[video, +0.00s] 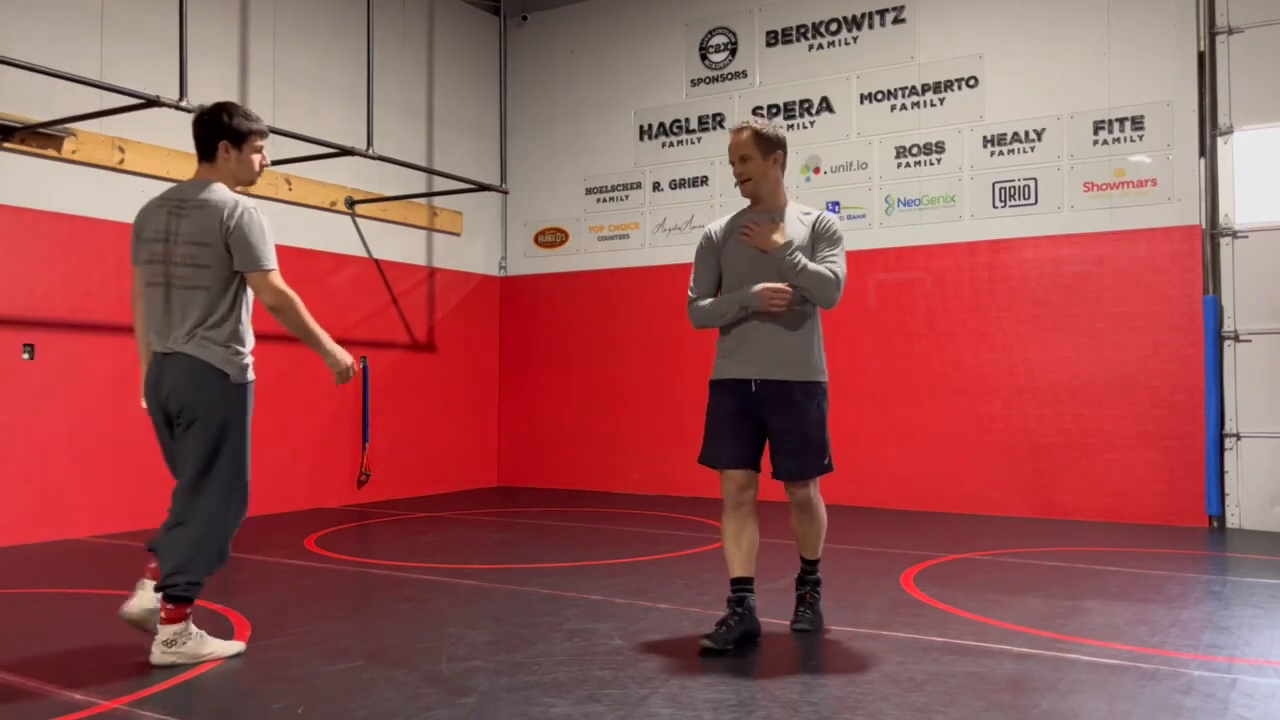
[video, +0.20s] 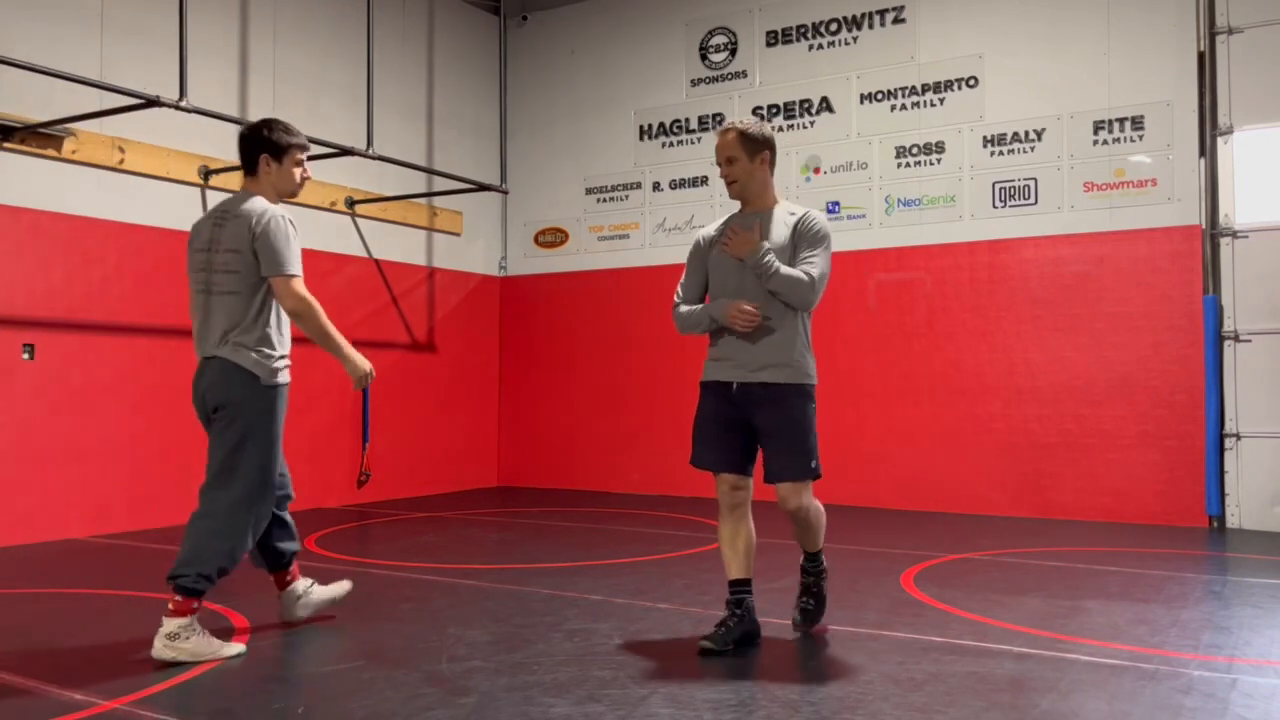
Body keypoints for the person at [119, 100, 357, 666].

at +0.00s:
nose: (264, 162)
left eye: (264, 152)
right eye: (257, 151)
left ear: (213, 151)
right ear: (225, 149)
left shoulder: (152, 211)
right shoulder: (236, 212)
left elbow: (142, 302)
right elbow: (274, 293)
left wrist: (151, 369)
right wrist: (330, 350)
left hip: (163, 373)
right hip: (214, 376)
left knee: (196, 485)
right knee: (219, 493)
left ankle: (154, 585)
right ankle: (174, 627)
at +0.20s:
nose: (307, 173)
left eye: (307, 163)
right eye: (300, 163)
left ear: (254, 167)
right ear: (266, 164)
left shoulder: (204, 225)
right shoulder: (268, 219)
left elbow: (203, 304)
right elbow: (293, 297)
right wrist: (347, 354)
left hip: (214, 376)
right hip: (252, 378)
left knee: (269, 486)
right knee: (234, 492)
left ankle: (292, 590)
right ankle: (178, 622)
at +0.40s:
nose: (342, 184)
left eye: (343, 175)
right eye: (335, 175)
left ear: (300, 178)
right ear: (304, 175)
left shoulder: (270, 228)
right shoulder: (298, 230)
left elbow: (284, 309)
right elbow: (309, 311)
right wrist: (319, 387)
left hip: (279, 378)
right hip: (292, 382)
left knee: (314, 494)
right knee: (290, 499)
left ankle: (318, 595)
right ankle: (200, 601)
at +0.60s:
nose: (376, 182)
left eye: (376, 174)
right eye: (367, 174)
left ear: (344, 179)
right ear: (337, 176)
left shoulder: (337, 230)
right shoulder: (319, 227)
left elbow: (323, 304)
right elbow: (302, 297)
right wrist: (300, 374)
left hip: (330, 376)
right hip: (330, 378)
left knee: (323, 483)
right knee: (365, 487)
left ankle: (318, 592)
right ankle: (282, 573)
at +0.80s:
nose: (400, 186)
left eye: (400, 178)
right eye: (391, 177)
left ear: (376, 183)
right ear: (362, 179)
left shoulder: (367, 238)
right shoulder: (339, 232)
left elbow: (381, 305)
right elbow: (323, 302)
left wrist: (408, 356)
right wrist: (326, 378)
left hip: (354, 379)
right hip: (354, 380)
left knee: (339, 486)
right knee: (401, 483)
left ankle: (321, 594)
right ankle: (391, 590)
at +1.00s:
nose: (427, 190)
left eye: (427, 182)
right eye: (418, 182)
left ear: (404, 188)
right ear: (388, 184)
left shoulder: (393, 241)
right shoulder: (369, 241)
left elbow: (405, 315)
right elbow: (357, 315)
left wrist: (439, 358)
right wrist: (367, 385)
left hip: (385, 381)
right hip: (385, 383)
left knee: (363, 486)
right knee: (420, 484)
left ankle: (324, 591)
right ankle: (450, 594)